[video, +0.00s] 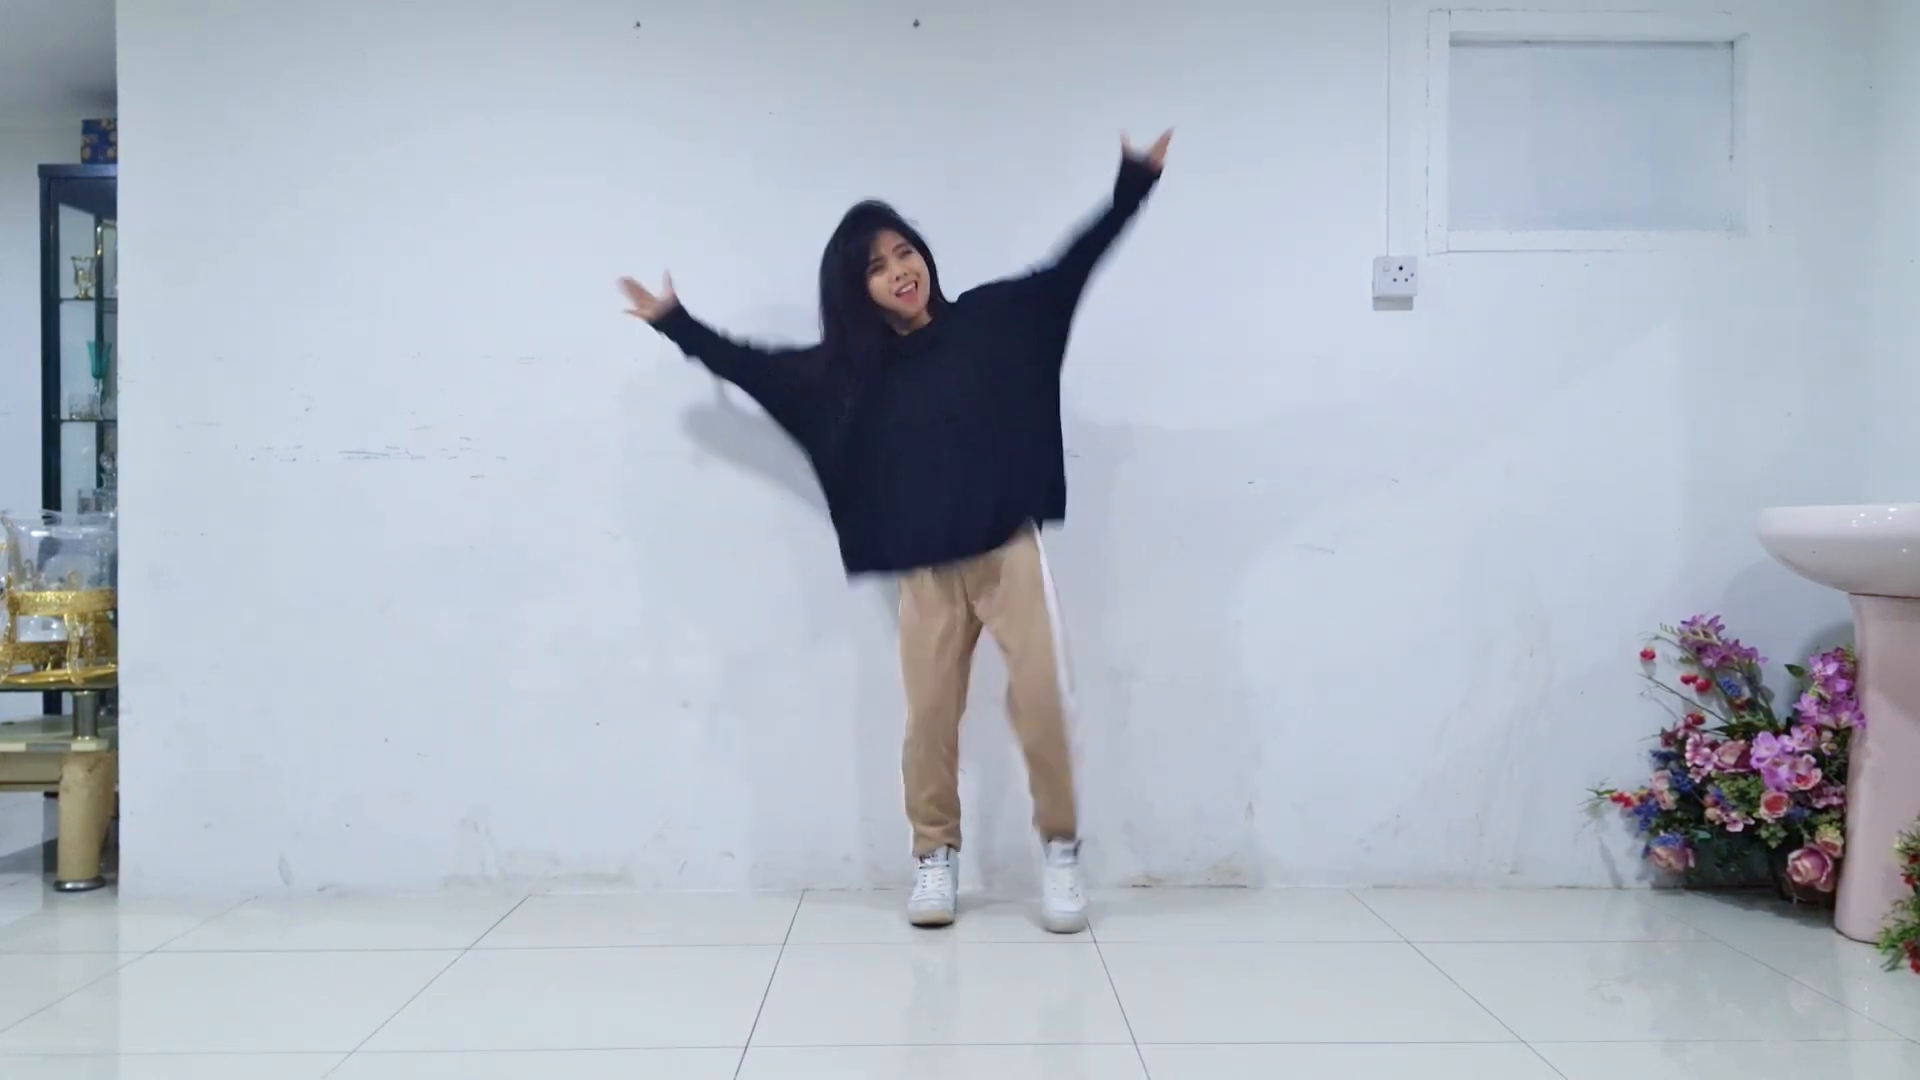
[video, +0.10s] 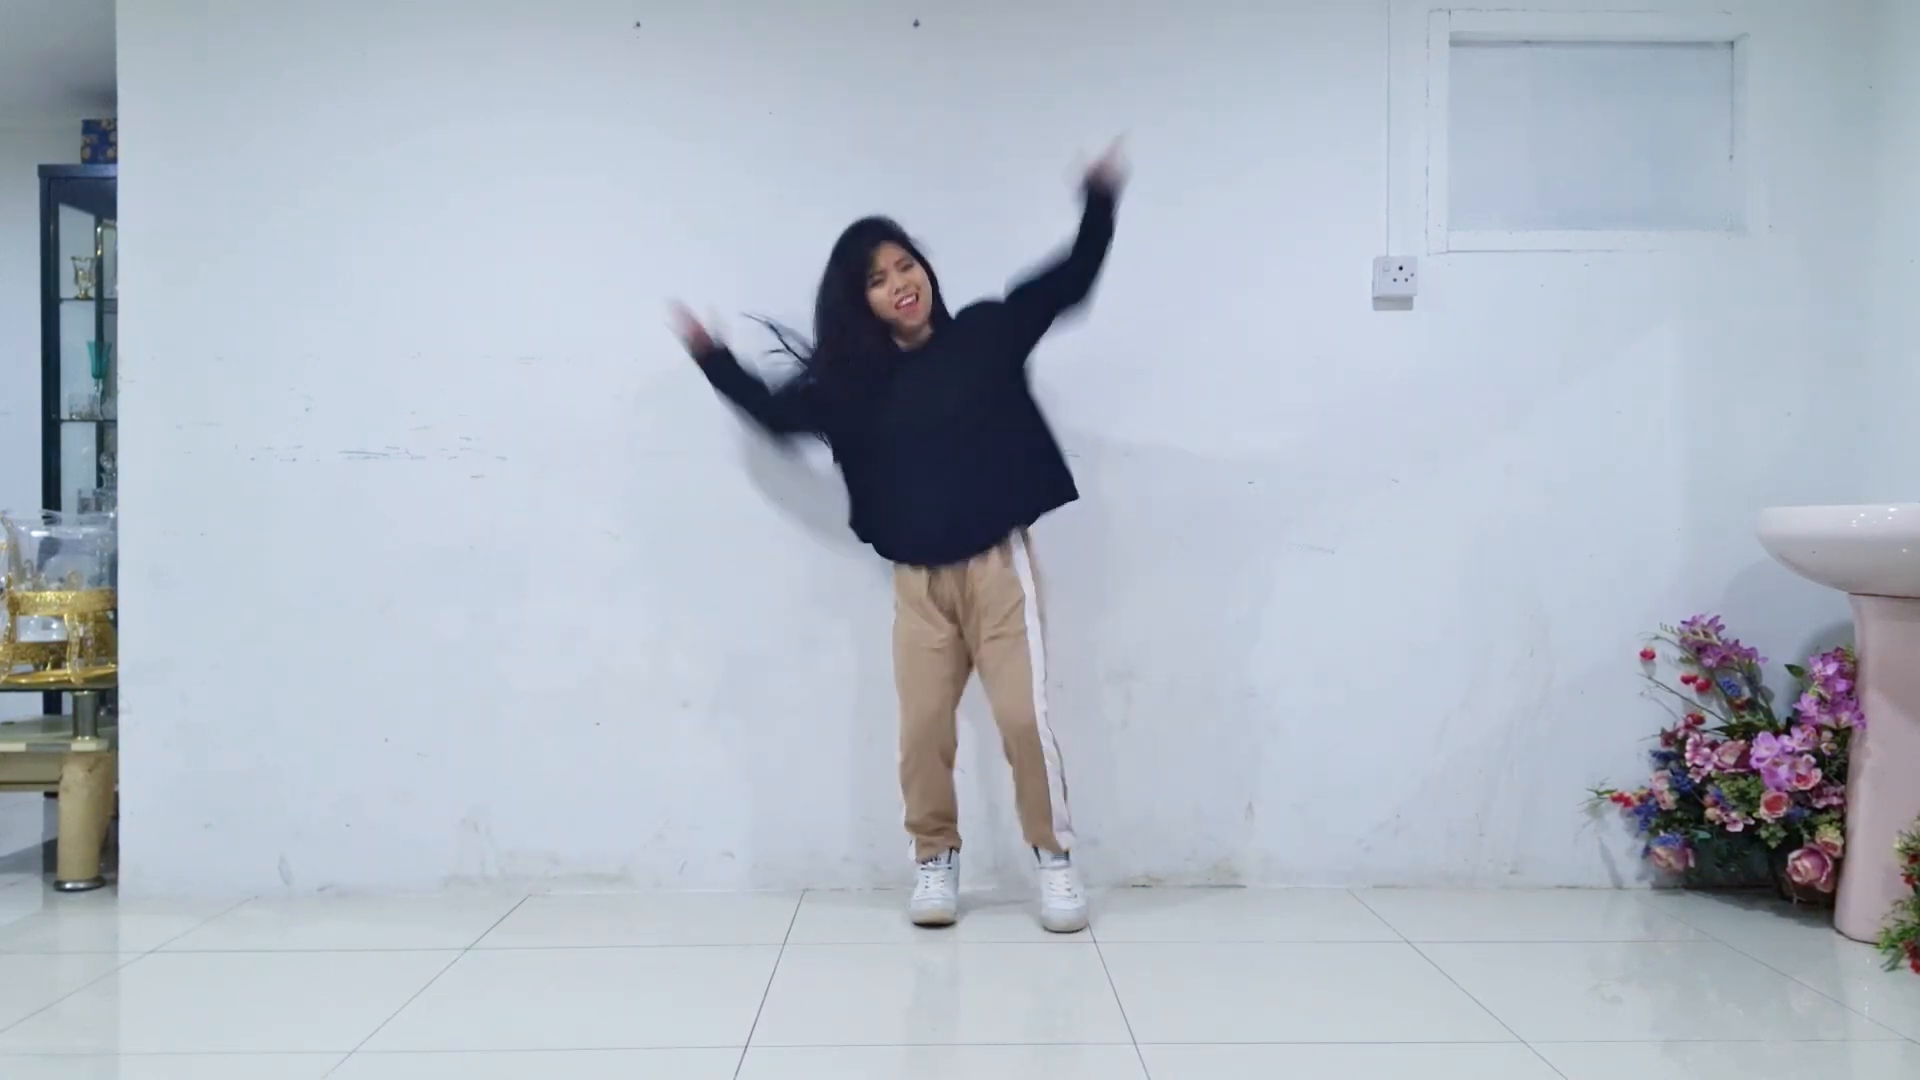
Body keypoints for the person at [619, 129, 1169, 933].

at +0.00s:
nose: (901, 272)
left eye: (906, 253)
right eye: (879, 267)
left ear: (927, 257)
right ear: (859, 291)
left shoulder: (995, 318)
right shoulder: (844, 370)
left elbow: (1074, 264)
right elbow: (747, 365)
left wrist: (1130, 193)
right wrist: (676, 323)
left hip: (1011, 551)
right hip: (925, 568)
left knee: (1038, 702)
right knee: (929, 718)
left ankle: (1061, 855)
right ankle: (935, 860)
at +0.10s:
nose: (902, 286)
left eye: (908, 268)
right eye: (882, 281)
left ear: (928, 272)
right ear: (861, 303)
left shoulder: (987, 334)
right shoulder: (850, 381)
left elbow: (1073, 278)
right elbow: (775, 413)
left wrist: (1099, 204)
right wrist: (713, 358)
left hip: (1002, 566)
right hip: (920, 580)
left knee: (1023, 720)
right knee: (922, 729)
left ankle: (1054, 862)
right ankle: (935, 865)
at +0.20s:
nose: (899, 300)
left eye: (907, 284)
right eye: (880, 295)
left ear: (929, 294)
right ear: (863, 321)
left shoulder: (982, 371)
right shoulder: (865, 412)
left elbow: (1068, 406)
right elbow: (837, 519)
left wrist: (1054, 358)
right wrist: (769, 479)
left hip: (1000, 585)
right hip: (915, 602)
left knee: (1000, 678)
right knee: (905, 740)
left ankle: (1036, 803)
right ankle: (932, 860)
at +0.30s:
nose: (903, 289)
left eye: (912, 273)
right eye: (885, 282)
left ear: (935, 285)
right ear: (868, 307)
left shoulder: (994, 366)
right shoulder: (870, 400)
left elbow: (1074, 381)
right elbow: (849, 489)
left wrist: (1035, 341)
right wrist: (779, 440)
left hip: (997, 564)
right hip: (913, 584)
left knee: (990, 660)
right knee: (907, 743)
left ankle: (1013, 781)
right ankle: (933, 858)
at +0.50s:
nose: (919, 256)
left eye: (930, 244)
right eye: (897, 245)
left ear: (948, 251)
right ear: (884, 270)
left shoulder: (987, 318)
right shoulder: (891, 336)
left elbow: (959, 268)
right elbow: (876, 278)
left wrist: (926, 205)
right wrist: (891, 210)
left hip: (994, 536)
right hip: (922, 533)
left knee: (981, 705)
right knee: (934, 706)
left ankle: (989, 864)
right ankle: (950, 856)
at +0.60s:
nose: (945, 262)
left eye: (956, 249)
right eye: (930, 256)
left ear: (981, 263)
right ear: (914, 273)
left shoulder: (1006, 334)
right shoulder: (893, 339)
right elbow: (876, 342)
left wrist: (976, 298)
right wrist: (902, 288)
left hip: (996, 542)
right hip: (922, 543)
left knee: (980, 706)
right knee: (931, 707)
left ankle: (989, 865)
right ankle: (950, 856)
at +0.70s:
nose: (944, 276)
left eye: (958, 264)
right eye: (930, 267)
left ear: (983, 278)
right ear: (912, 285)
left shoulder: (1015, 361)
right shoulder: (896, 367)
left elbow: (1059, 399)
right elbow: (861, 419)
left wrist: (996, 371)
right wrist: (918, 378)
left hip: (1004, 558)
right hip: (928, 557)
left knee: (985, 710)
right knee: (927, 714)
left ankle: (991, 867)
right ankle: (945, 859)